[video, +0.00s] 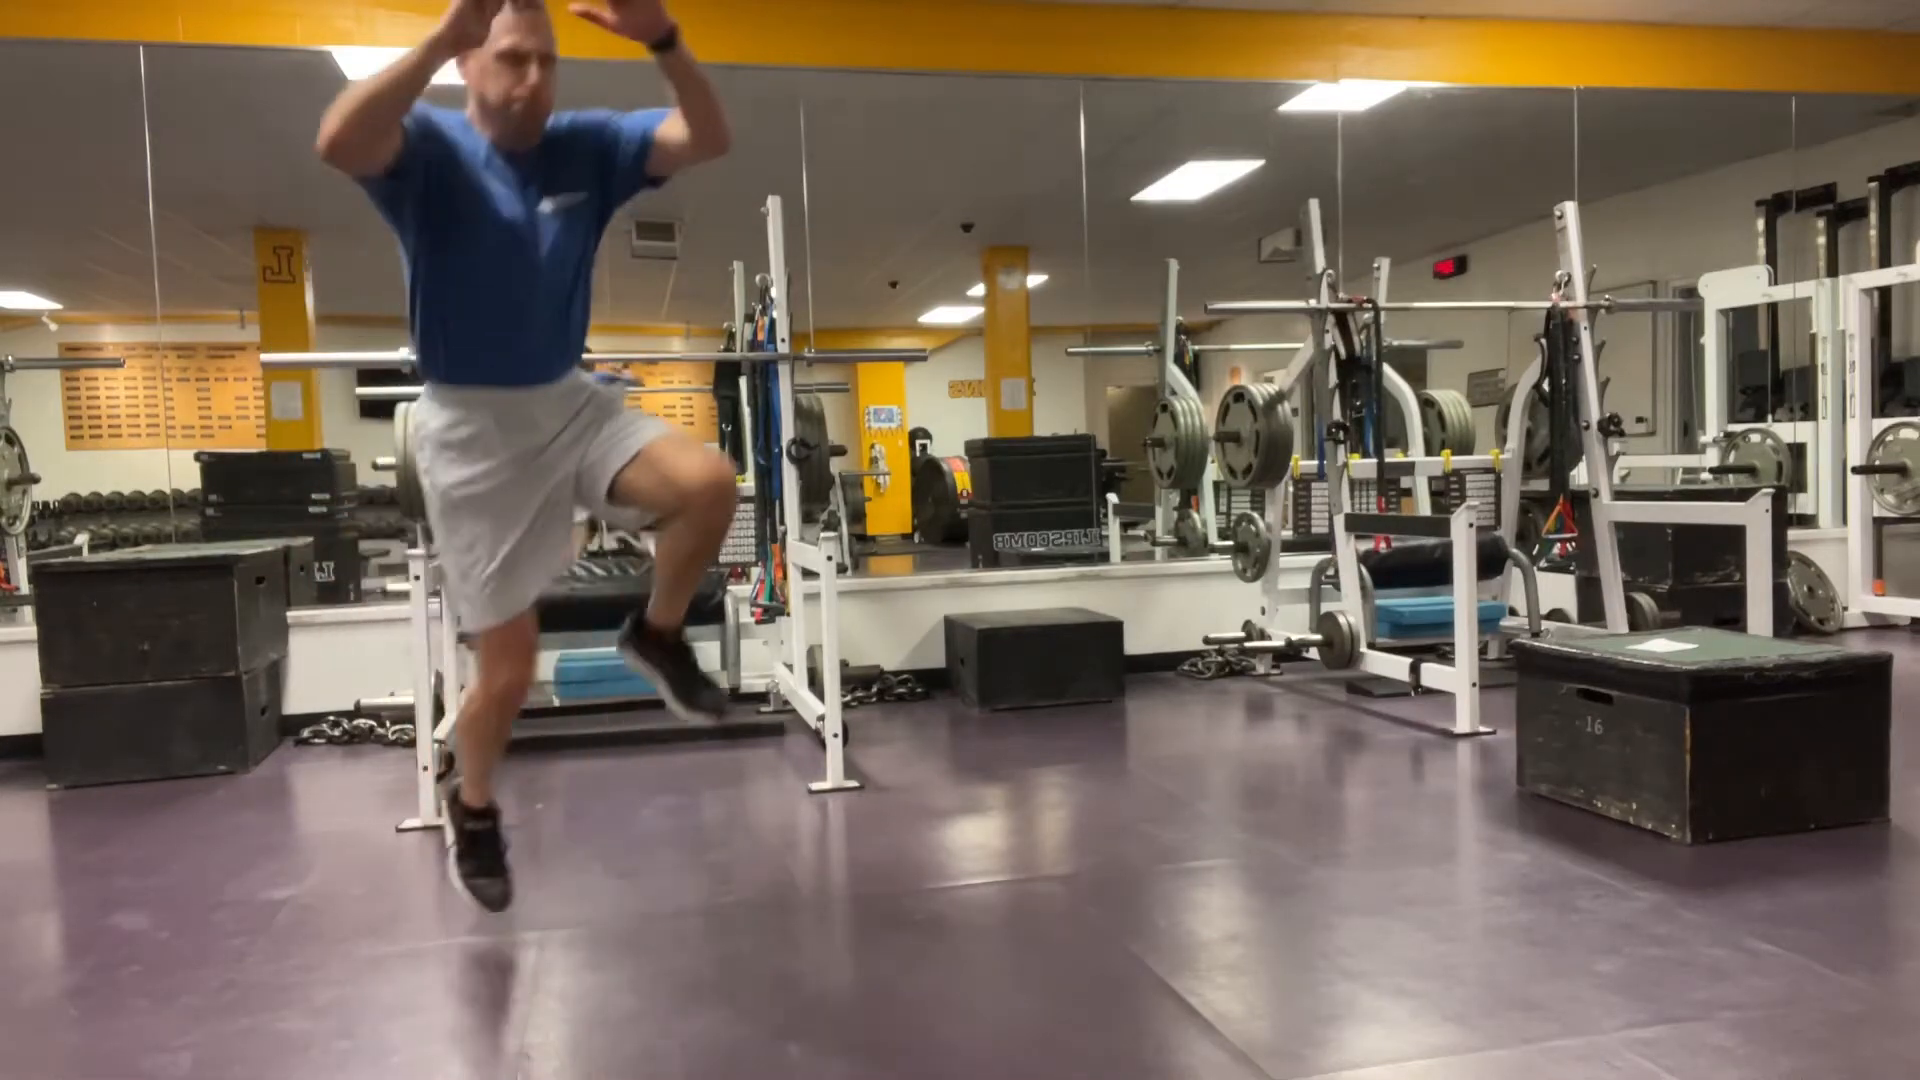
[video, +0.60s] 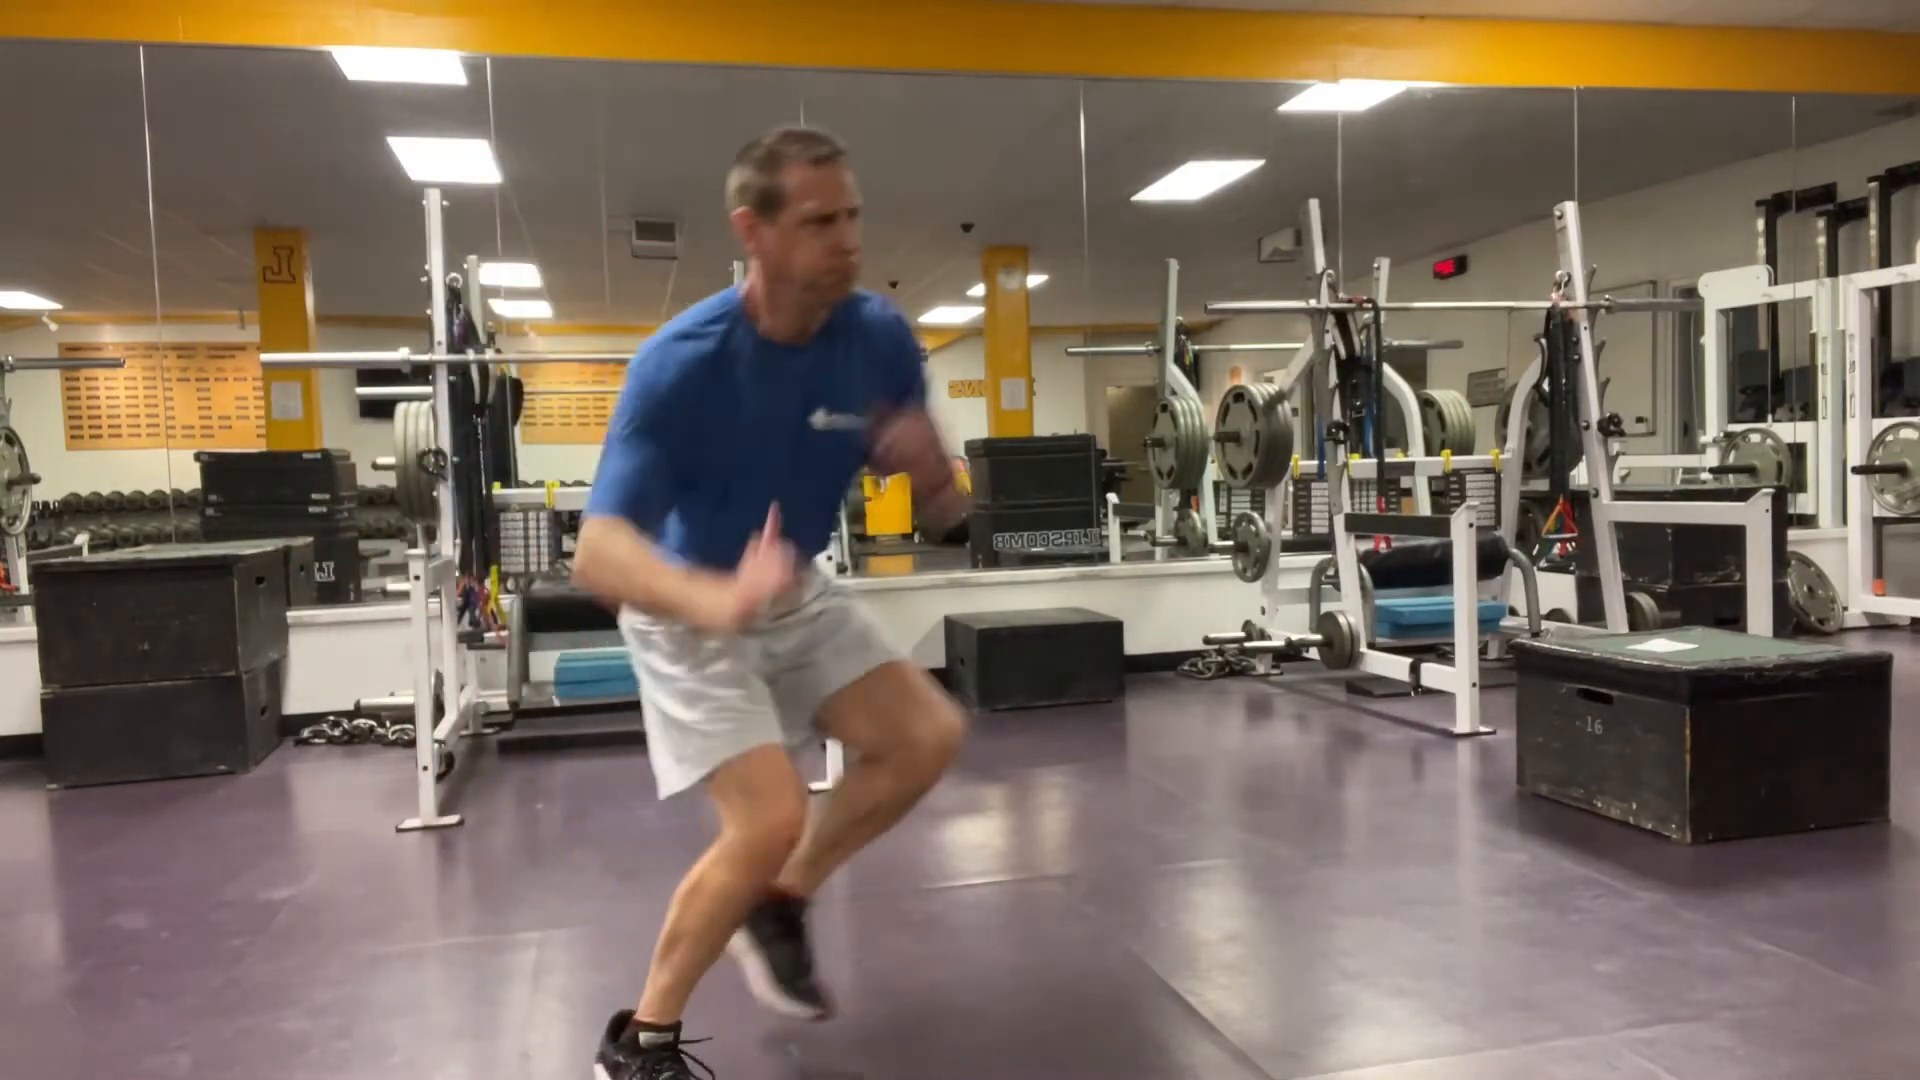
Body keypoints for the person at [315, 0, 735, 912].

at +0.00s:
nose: (529, 78)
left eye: (542, 62)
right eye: (510, 60)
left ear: (558, 71)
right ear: (467, 67)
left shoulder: (586, 147)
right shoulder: (428, 146)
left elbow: (708, 136)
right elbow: (340, 144)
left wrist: (666, 45)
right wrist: (442, 39)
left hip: (570, 406)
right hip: (471, 429)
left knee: (706, 485)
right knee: (508, 670)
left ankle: (658, 634)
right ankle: (475, 811)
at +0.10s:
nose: (569, 58)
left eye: (582, 38)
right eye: (547, 36)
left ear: (598, 46)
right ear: (499, 43)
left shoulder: (630, 130)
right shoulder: (446, 129)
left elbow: (774, 163)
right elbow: (286, 140)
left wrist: (745, 91)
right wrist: (405, 125)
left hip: (602, 389)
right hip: (496, 419)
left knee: (753, 461)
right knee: (551, 660)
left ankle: (671, 579)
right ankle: (533, 856)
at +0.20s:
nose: (614, 99)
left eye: (626, 78)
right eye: (593, 79)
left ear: (645, 81)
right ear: (542, 82)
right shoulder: (478, 165)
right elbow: (277, 204)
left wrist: (794, 181)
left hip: (634, 428)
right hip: (525, 457)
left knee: (810, 483)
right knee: (585, 706)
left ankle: (685, 575)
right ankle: (614, 959)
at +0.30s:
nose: (673, 179)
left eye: (681, 157)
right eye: (649, 160)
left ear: (694, 160)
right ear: (587, 164)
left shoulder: (721, 256)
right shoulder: (510, 281)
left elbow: (850, 297)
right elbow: (346, 391)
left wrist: (833, 329)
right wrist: (380, 503)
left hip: (674, 519)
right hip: (563, 545)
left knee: (860, 567)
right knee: (649, 762)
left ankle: (731, 681)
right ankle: (641, 1034)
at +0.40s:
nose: (730, 239)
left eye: (735, 216)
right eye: (702, 220)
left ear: (746, 216)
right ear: (635, 231)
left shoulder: (783, 334)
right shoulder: (560, 365)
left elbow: (866, 440)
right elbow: (461, 535)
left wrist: (837, 478)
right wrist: (522, 664)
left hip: (715, 567)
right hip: (593, 592)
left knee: (859, 685)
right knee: (684, 792)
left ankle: (762, 818)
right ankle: (643, 1035)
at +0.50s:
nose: (790, 267)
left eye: (795, 242)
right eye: (762, 246)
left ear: (804, 242)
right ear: (695, 256)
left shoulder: (829, 356)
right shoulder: (615, 383)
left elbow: (858, 509)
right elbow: (560, 574)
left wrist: (820, 579)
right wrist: (642, 694)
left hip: (753, 595)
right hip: (636, 611)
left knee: (861, 750)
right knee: (721, 813)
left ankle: (742, 890)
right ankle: (644, 1034)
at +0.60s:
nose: (847, 241)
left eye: (852, 218)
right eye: (820, 224)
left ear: (859, 219)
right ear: (751, 232)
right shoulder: (680, 365)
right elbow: (597, 550)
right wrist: (713, 599)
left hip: (798, 593)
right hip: (685, 611)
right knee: (770, 824)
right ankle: (645, 1037)